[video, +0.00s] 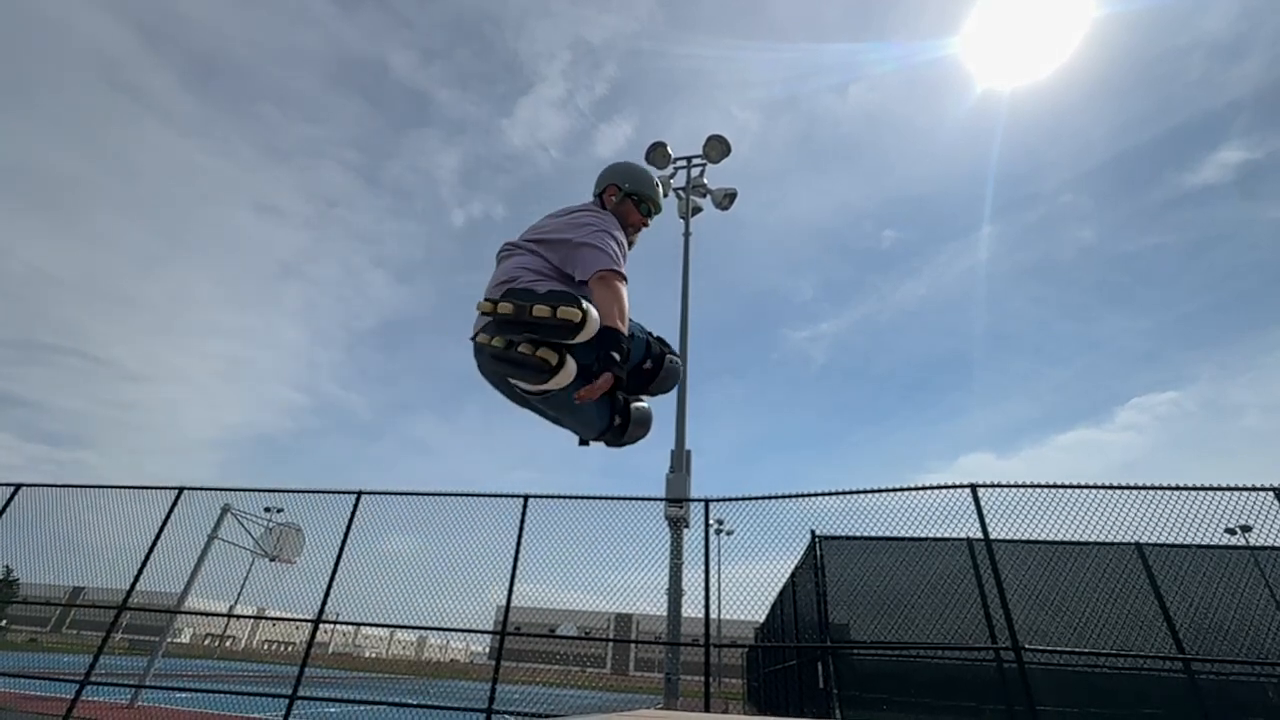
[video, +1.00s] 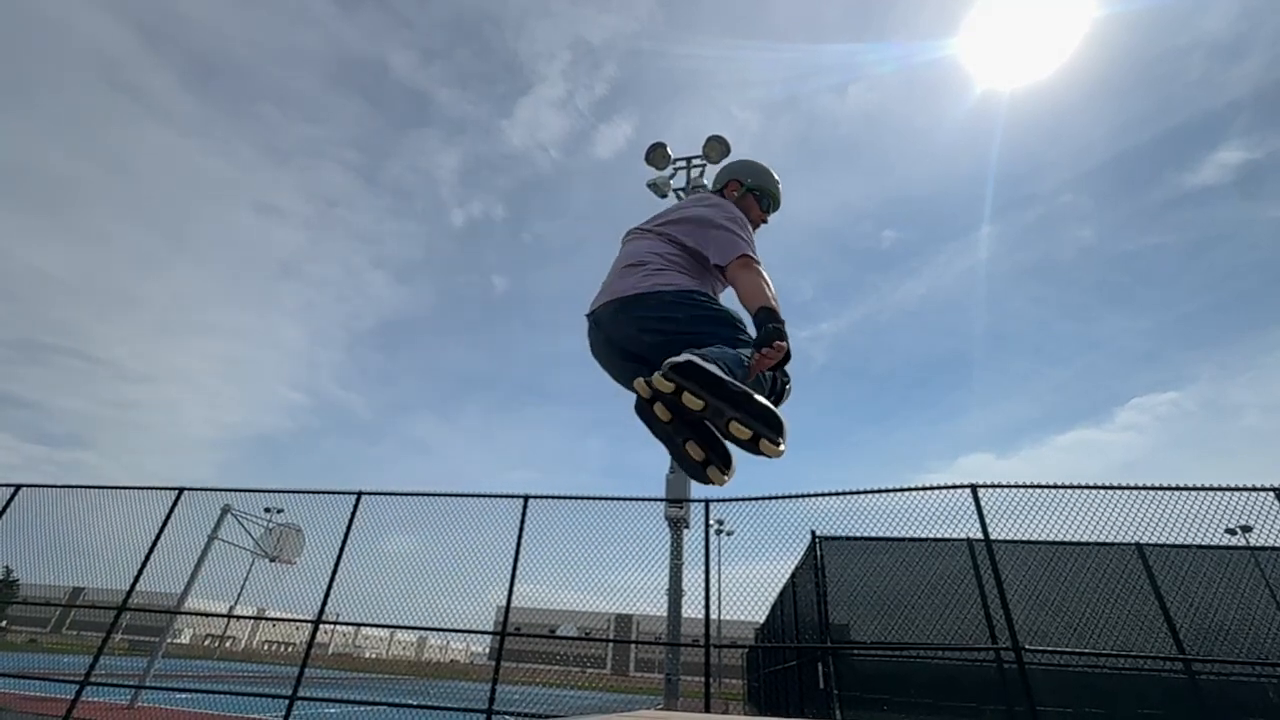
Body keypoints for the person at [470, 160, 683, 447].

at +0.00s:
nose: (646, 222)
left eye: (651, 215)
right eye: (642, 208)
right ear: (611, 196)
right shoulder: (600, 225)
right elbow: (607, 281)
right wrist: (613, 350)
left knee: (625, 423)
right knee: (664, 367)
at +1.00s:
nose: (765, 218)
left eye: (769, 211)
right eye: (763, 203)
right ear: (733, 189)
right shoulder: (717, 209)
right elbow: (743, 268)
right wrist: (770, 324)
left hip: (602, 334)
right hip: (655, 299)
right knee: (771, 371)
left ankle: (681, 419)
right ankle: (710, 366)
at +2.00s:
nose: (881, 240)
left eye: (884, 235)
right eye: (881, 231)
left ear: (838, 203)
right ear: (866, 211)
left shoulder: (788, 234)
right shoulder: (843, 214)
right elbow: (864, 257)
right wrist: (917, 321)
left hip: (724, 340)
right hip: (782, 317)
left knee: (823, 451)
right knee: (879, 436)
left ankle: (823, 580)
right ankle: (871, 577)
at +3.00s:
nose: (1021, 272)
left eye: (1020, 266)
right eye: (1016, 264)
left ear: (953, 251)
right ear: (999, 253)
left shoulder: (906, 284)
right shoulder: (988, 257)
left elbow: (855, 369)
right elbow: (1051, 296)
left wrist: (837, 445)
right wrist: (1153, 339)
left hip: (854, 383)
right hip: (928, 365)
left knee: (945, 524)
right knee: (1034, 506)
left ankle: (936, 685)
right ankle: (1060, 683)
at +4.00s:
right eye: (1159, 269)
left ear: (1085, 253)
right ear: (1144, 256)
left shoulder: (1043, 279)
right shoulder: (1143, 264)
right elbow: (1227, 302)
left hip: (978, 374)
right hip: (1074, 361)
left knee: (1028, 533)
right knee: (1200, 499)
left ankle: (980, 677)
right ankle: (1248, 672)